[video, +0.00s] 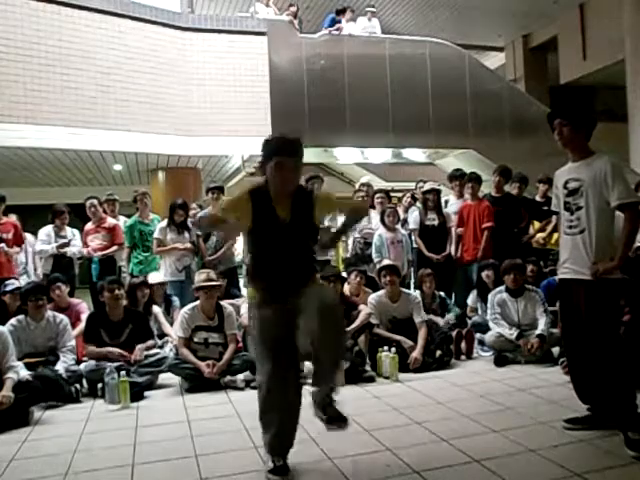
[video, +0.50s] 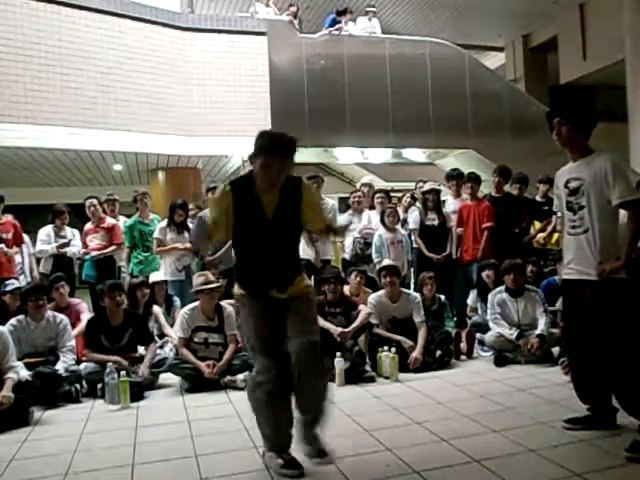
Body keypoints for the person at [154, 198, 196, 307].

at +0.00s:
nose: (179, 218)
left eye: (182, 215)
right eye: (177, 215)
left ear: (186, 215)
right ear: (172, 213)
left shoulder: (189, 227)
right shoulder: (163, 227)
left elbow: (196, 247)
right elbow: (156, 249)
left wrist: (188, 247)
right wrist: (174, 247)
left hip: (188, 269)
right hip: (171, 270)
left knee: (188, 304)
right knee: (175, 305)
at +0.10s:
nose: (179, 218)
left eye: (182, 215)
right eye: (177, 214)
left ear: (186, 215)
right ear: (172, 213)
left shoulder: (189, 228)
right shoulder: (162, 227)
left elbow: (196, 248)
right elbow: (156, 249)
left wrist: (189, 247)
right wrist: (174, 247)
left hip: (188, 269)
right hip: (171, 270)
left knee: (188, 303)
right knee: (176, 304)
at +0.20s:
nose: (179, 218)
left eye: (182, 215)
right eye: (177, 214)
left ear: (186, 215)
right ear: (172, 213)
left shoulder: (189, 228)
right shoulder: (162, 227)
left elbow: (196, 248)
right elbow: (156, 249)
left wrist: (189, 247)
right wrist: (174, 247)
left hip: (187, 269)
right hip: (171, 270)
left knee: (188, 303)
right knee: (176, 304)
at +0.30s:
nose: (179, 218)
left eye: (182, 215)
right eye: (177, 214)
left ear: (186, 215)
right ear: (172, 213)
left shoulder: (189, 228)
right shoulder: (162, 227)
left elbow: (196, 247)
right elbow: (156, 249)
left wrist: (189, 247)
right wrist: (174, 247)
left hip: (187, 269)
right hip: (171, 270)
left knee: (188, 303)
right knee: (175, 304)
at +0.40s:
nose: (179, 218)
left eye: (182, 215)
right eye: (177, 215)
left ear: (186, 215)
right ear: (172, 213)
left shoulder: (189, 228)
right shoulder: (162, 227)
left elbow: (196, 247)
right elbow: (156, 249)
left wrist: (189, 247)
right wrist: (174, 246)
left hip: (187, 269)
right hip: (170, 271)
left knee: (188, 303)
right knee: (175, 304)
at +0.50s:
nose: (179, 218)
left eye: (182, 215)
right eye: (177, 214)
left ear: (186, 215)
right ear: (172, 213)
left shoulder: (187, 228)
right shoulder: (162, 227)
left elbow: (193, 246)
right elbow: (156, 249)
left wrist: (188, 247)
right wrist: (174, 246)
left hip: (187, 268)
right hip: (170, 270)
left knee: (188, 302)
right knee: (176, 304)